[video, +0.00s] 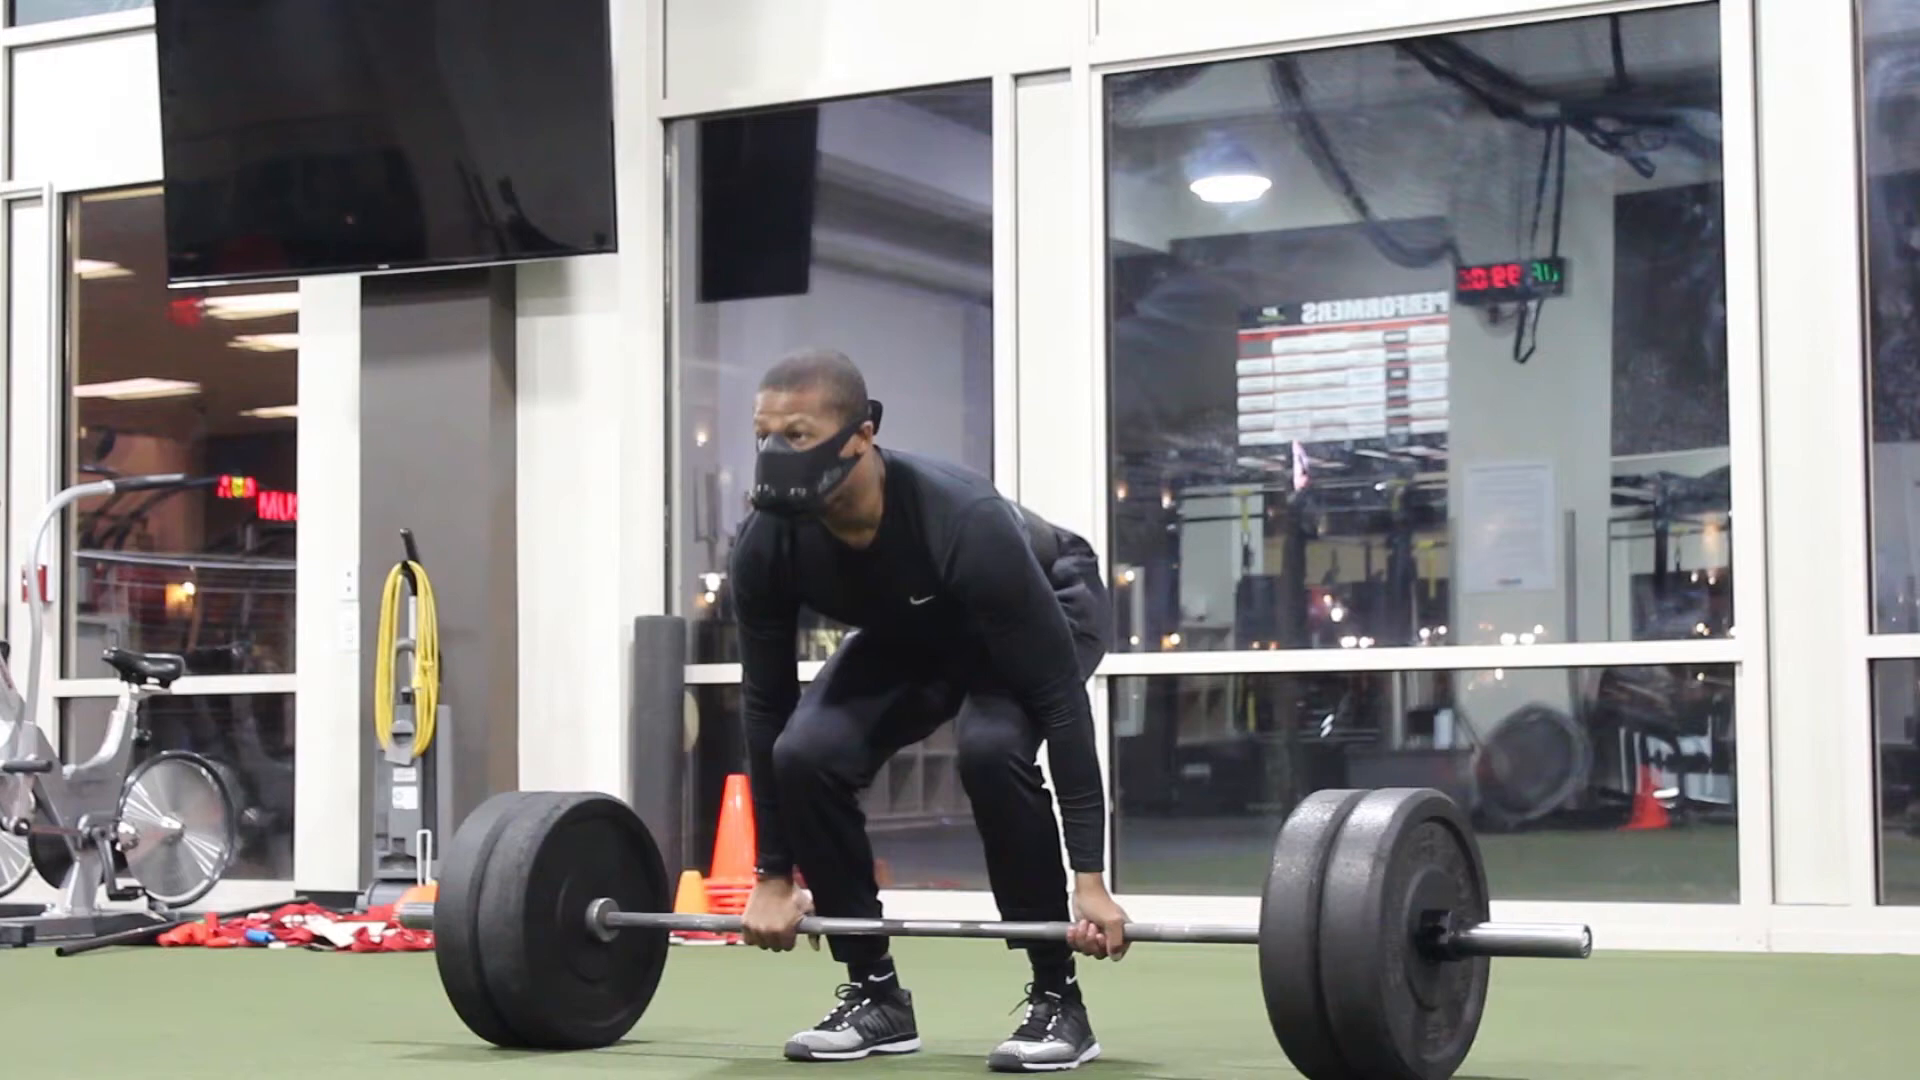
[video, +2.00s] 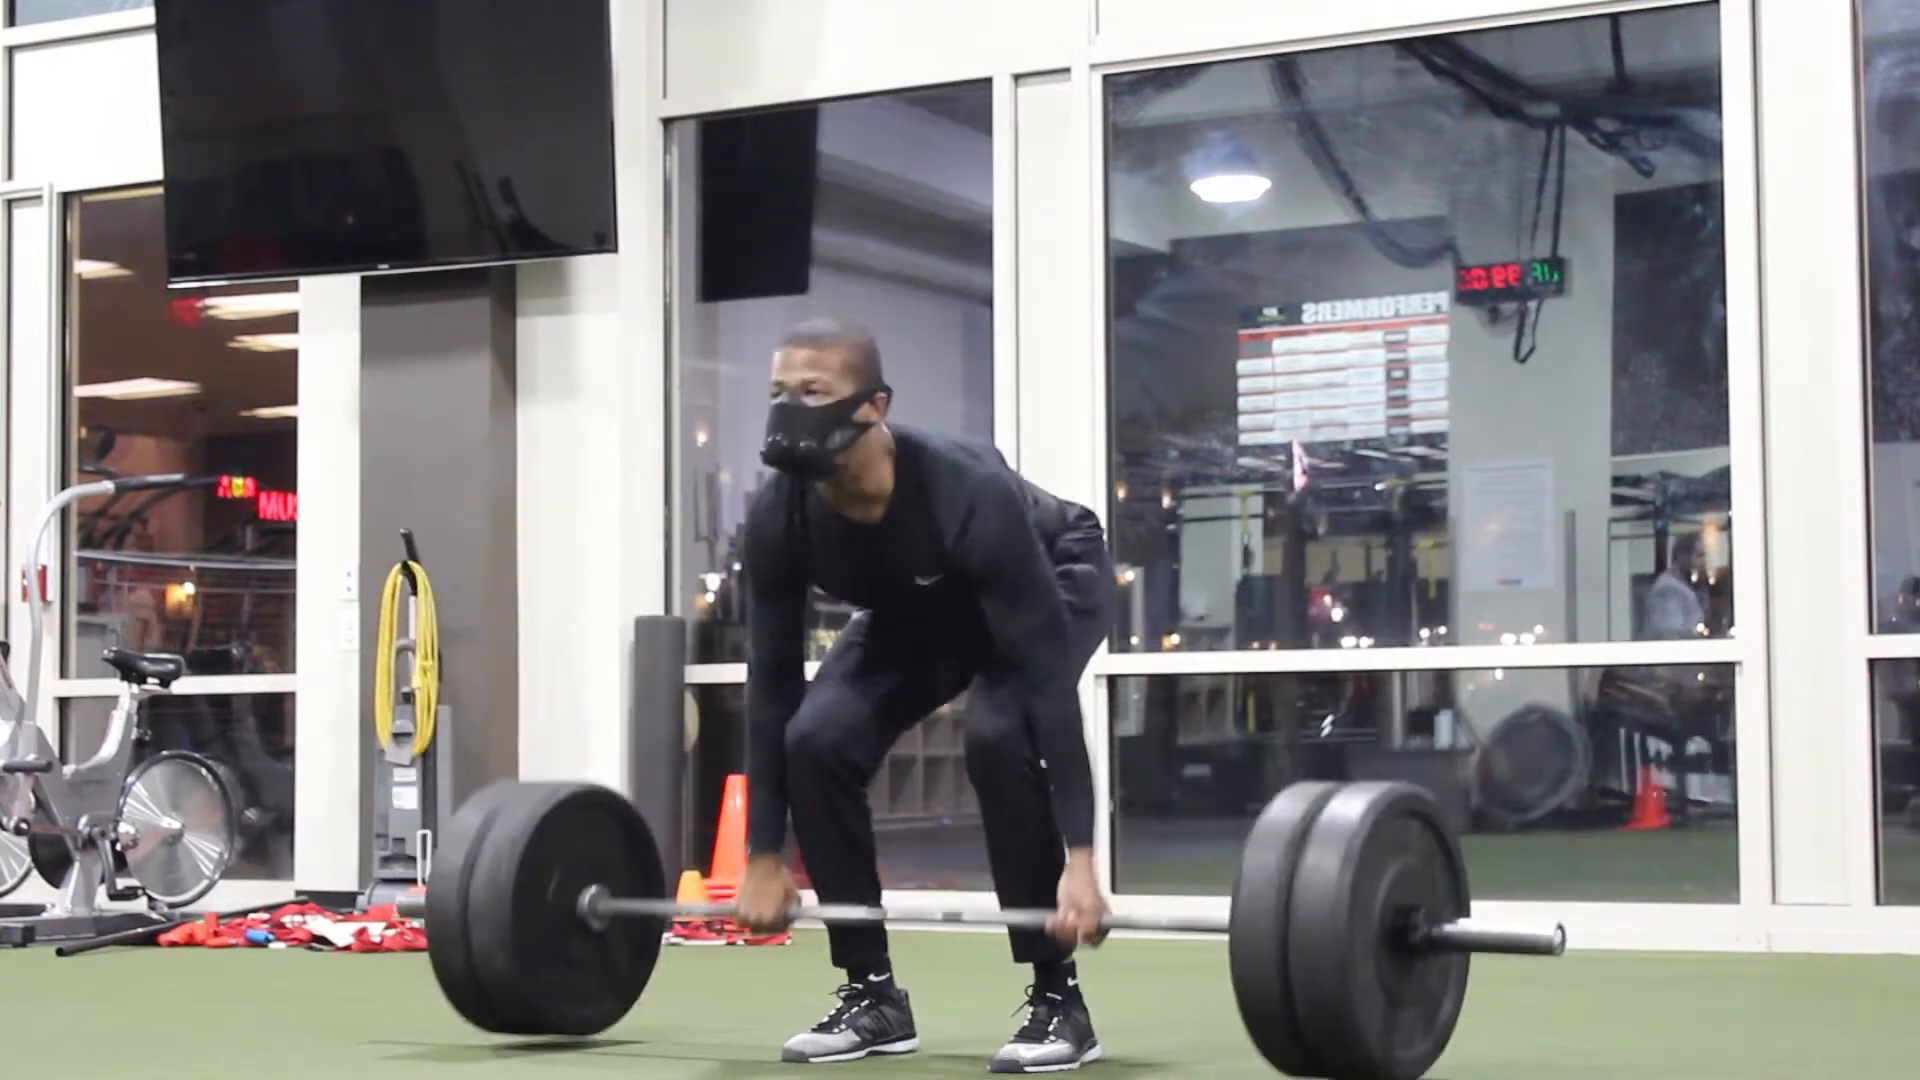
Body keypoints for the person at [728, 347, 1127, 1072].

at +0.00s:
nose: (773, 455)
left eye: (796, 437)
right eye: (765, 437)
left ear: (862, 439)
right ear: (755, 435)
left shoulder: (968, 525)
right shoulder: (766, 547)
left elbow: (1062, 703)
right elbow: (768, 710)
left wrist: (1090, 879)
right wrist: (772, 878)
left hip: (1040, 605)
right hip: (920, 626)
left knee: (991, 751)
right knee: (802, 758)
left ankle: (1056, 1004)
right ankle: (876, 998)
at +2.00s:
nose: (788, 411)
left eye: (811, 394)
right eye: (779, 393)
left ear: (873, 409)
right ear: (767, 400)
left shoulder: (972, 493)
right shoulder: (776, 517)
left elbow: (1049, 677)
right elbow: (771, 687)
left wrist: (1081, 857)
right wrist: (765, 857)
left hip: (1048, 573)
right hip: (927, 599)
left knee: (998, 739)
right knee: (817, 745)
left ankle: (1057, 1004)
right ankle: (873, 997)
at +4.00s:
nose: (856, 108)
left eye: (877, 90)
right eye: (844, 91)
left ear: (931, 98)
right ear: (832, 103)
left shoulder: (1007, 220)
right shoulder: (816, 240)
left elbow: (1073, 387)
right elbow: (808, 408)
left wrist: (1098, 548)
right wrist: (790, 566)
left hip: (1035, 482)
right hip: (921, 483)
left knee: (1046, 727)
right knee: (900, 731)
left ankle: (1070, 996)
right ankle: (878, 991)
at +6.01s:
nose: (817, 274)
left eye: (841, 259)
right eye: (810, 256)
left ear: (901, 271)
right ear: (799, 258)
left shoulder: (991, 377)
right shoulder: (804, 402)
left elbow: (1054, 567)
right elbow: (793, 578)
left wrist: (1075, 742)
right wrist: (766, 749)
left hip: (1051, 530)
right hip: (939, 544)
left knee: (1041, 729)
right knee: (852, 728)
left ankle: (1065, 1002)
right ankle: (872, 996)